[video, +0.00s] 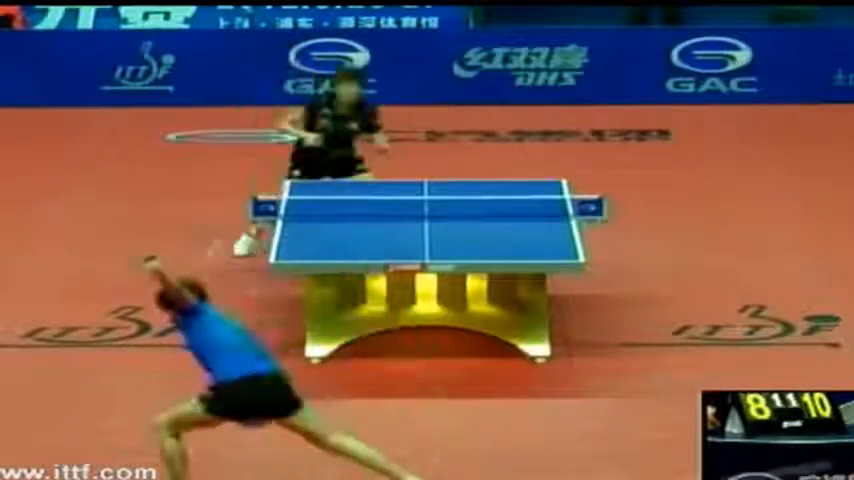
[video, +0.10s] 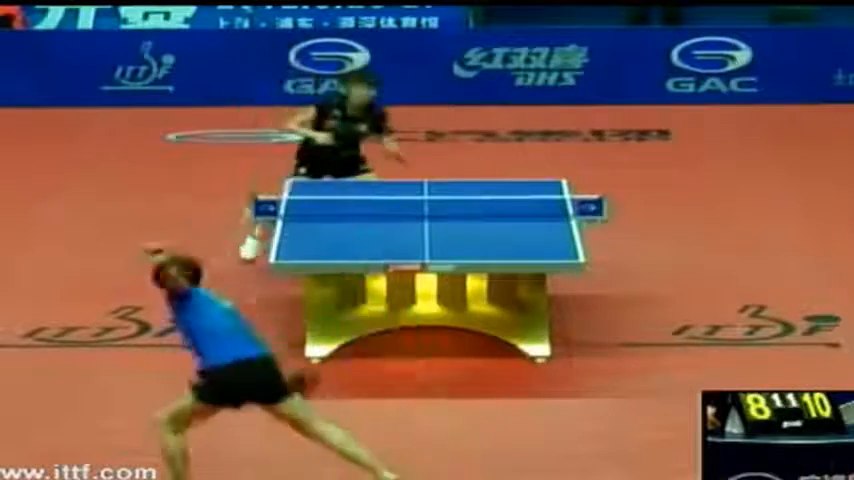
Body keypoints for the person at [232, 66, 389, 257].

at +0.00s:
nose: (348, 93)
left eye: (352, 88)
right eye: (344, 88)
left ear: (359, 90)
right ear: (335, 88)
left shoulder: (363, 111)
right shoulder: (318, 106)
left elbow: (375, 133)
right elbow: (283, 123)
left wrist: (381, 143)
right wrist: (305, 136)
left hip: (345, 161)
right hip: (310, 163)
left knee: (372, 195)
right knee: (288, 202)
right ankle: (252, 235)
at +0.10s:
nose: (361, 95)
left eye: (366, 90)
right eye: (357, 89)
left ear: (373, 92)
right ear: (348, 89)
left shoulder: (374, 114)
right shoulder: (329, 107)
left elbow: (386, 137)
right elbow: (291, 125)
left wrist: (393, 149)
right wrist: (315, 135)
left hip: (349, 161)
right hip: (314, 161)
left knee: (376, 195)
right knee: (294, 201)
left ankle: (378, 249)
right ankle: (256, 235)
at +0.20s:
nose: (368, 98)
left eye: (373, 93)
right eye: (363, 92)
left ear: (379, 97)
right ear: (354, 93)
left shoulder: (380, 119)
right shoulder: (334, 110)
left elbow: (391, 143)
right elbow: (294, 126)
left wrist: (399, 156)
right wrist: (317, 136)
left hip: (352, 166)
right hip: (316, 166)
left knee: (377, 199)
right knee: (292, 202)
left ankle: (387, 253)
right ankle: (263, 246)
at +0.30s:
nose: (370, 102)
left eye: (375, 97)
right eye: (365, 97)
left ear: (380, 100)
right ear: (354, 97)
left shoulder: (378, 124)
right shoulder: (334, 114)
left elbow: (390, 151)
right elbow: (293, 131)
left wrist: (403, 165)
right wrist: (318, 141)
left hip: (350, 168)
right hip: (316, 168)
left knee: (363, 209)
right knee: (294, 209)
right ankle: (261, 254)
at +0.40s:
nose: (365, 110)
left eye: (370, 106)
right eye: (362, 104)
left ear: (376, 110)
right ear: (354, 104)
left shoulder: (371, 136)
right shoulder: (330, 121)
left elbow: (380, 164)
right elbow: (294, 138)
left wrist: (398, 174)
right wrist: (326, 149)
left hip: (335, 175)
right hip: (302, 173)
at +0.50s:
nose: (370, 114)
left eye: (373, 110)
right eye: (366, 108)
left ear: (376, 113)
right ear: (355, 108)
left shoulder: (365, 136)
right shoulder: (335, 121)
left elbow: (364, 168)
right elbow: (310, 139)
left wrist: (385, 178)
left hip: (325, 172)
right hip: (295, 171)